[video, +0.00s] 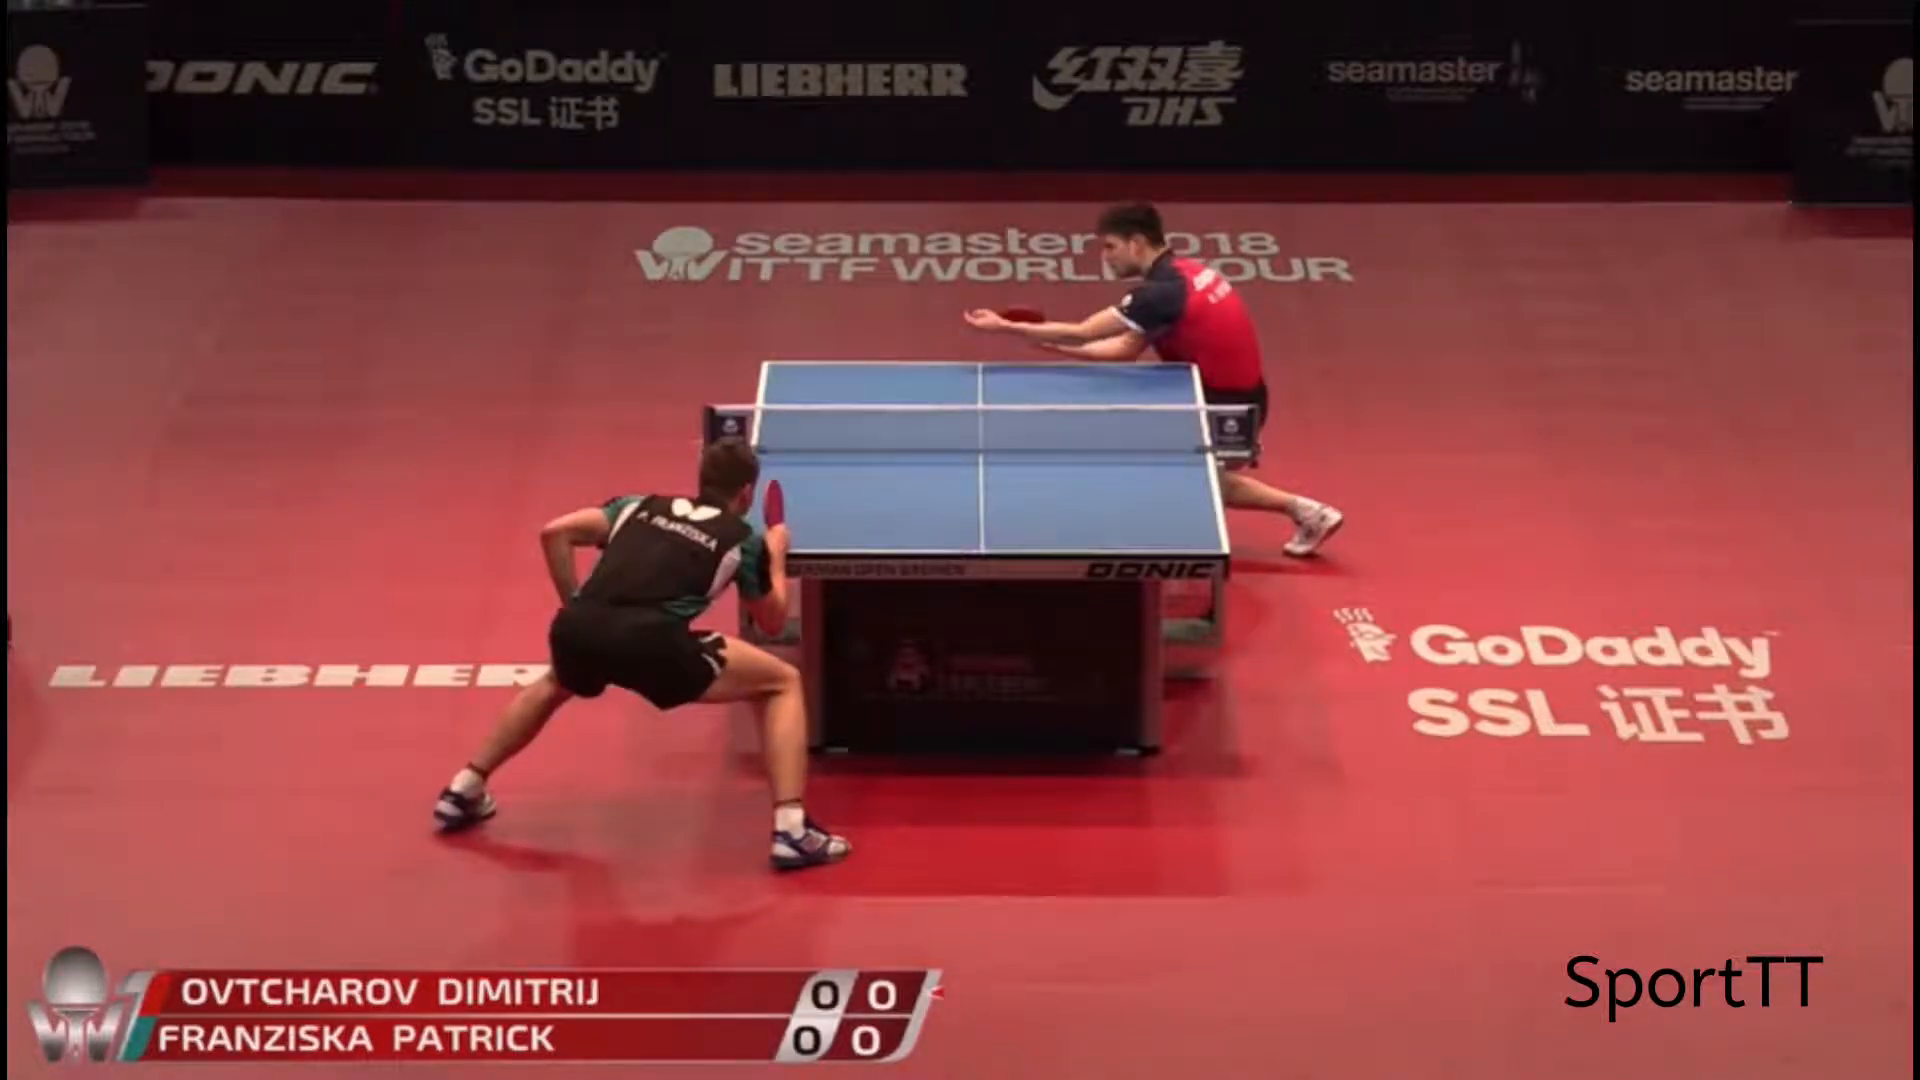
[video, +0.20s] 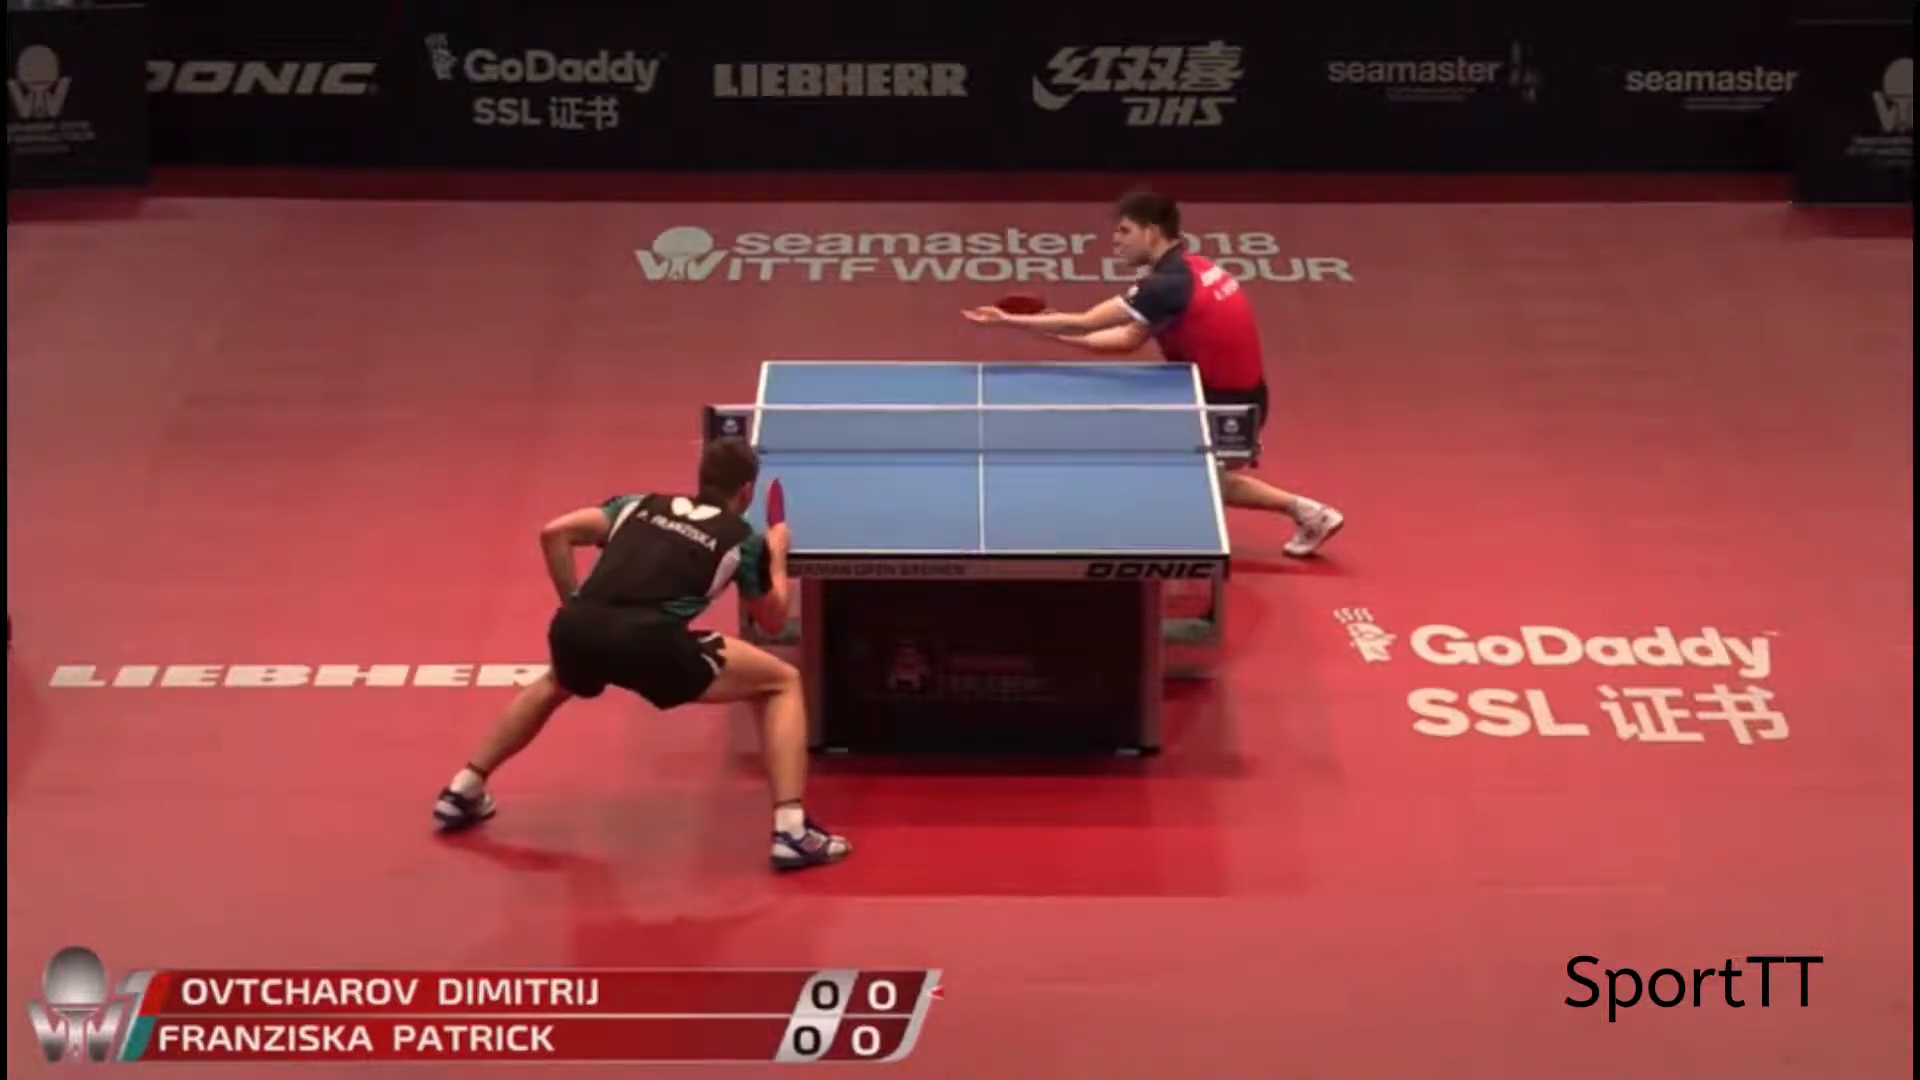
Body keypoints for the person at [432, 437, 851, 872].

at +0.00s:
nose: (753, 497)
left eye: (749, 487)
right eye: (752, 489)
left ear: (699, 480)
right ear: (744, 492)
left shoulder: (640, 506)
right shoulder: (745, 536)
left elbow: (555, 533)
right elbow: (772, 624)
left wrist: (572, 606)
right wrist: (778, 556)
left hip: (578, 629)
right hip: (654, 643)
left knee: (553, 685)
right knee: (782, 683)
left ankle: (464, 788)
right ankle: (792, 829)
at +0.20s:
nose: (753, 495)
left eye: (747, 486)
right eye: (751, 487)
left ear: (699, 478)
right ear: (744, 491)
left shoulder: (640, 505)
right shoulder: (744, 537)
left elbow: (555, 534)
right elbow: (772, 622)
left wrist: (571, 605)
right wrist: (779, 555)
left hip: (577, 629)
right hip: (652, 642)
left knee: (553, 685)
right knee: (782, 683)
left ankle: (464, 788)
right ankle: (791, 830)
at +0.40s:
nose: (748, 491)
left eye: (739, 481)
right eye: (747, 483)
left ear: (695, 474)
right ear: (741, 488)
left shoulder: (639, 500)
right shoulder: (741, 533)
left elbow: (553, 532)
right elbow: (773, 616)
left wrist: (568, 604)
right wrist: (782, 554)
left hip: (575, 627)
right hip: (649, 640)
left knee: (552, 685)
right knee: (781, 682)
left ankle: (463, 788)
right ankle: (792, 829)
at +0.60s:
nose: (742, 479)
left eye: (731, 469)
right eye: (743, 471)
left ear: (691, 465)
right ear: (738, 477)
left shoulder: (636, 494)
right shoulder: (737, 528)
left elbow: (549, 530)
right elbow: (773, 608)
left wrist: (566, 601)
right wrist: (785, 547)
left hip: (573, 622)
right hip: (646, 636)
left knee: (551, 681)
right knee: (778, 683)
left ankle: (463, 787)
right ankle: (793, 830)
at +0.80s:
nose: (745, 467)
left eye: (740, 459)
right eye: (745, 460)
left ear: (690, 456)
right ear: (737, 466)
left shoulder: (633, 486)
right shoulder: (734, 521)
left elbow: (547, 527)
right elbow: (769, 603)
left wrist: (564, 597)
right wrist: (783, 543)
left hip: (570, 617)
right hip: (641, 629)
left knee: (550, 682)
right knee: (776, 683)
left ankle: (460, 789)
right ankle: (793, 833)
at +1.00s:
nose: (745, 461)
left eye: (743, 453)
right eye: (745, 454)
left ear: (689, 451)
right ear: (734, 459)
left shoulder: (629, 479)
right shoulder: (732, 513)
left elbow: (546, 523)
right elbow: (766, 598)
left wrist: (560, 593)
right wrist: (782, 535)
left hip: (568, 614)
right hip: (639, 624)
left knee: (545, 682)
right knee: (774, 682)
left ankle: (459, 790)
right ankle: (793, 833)